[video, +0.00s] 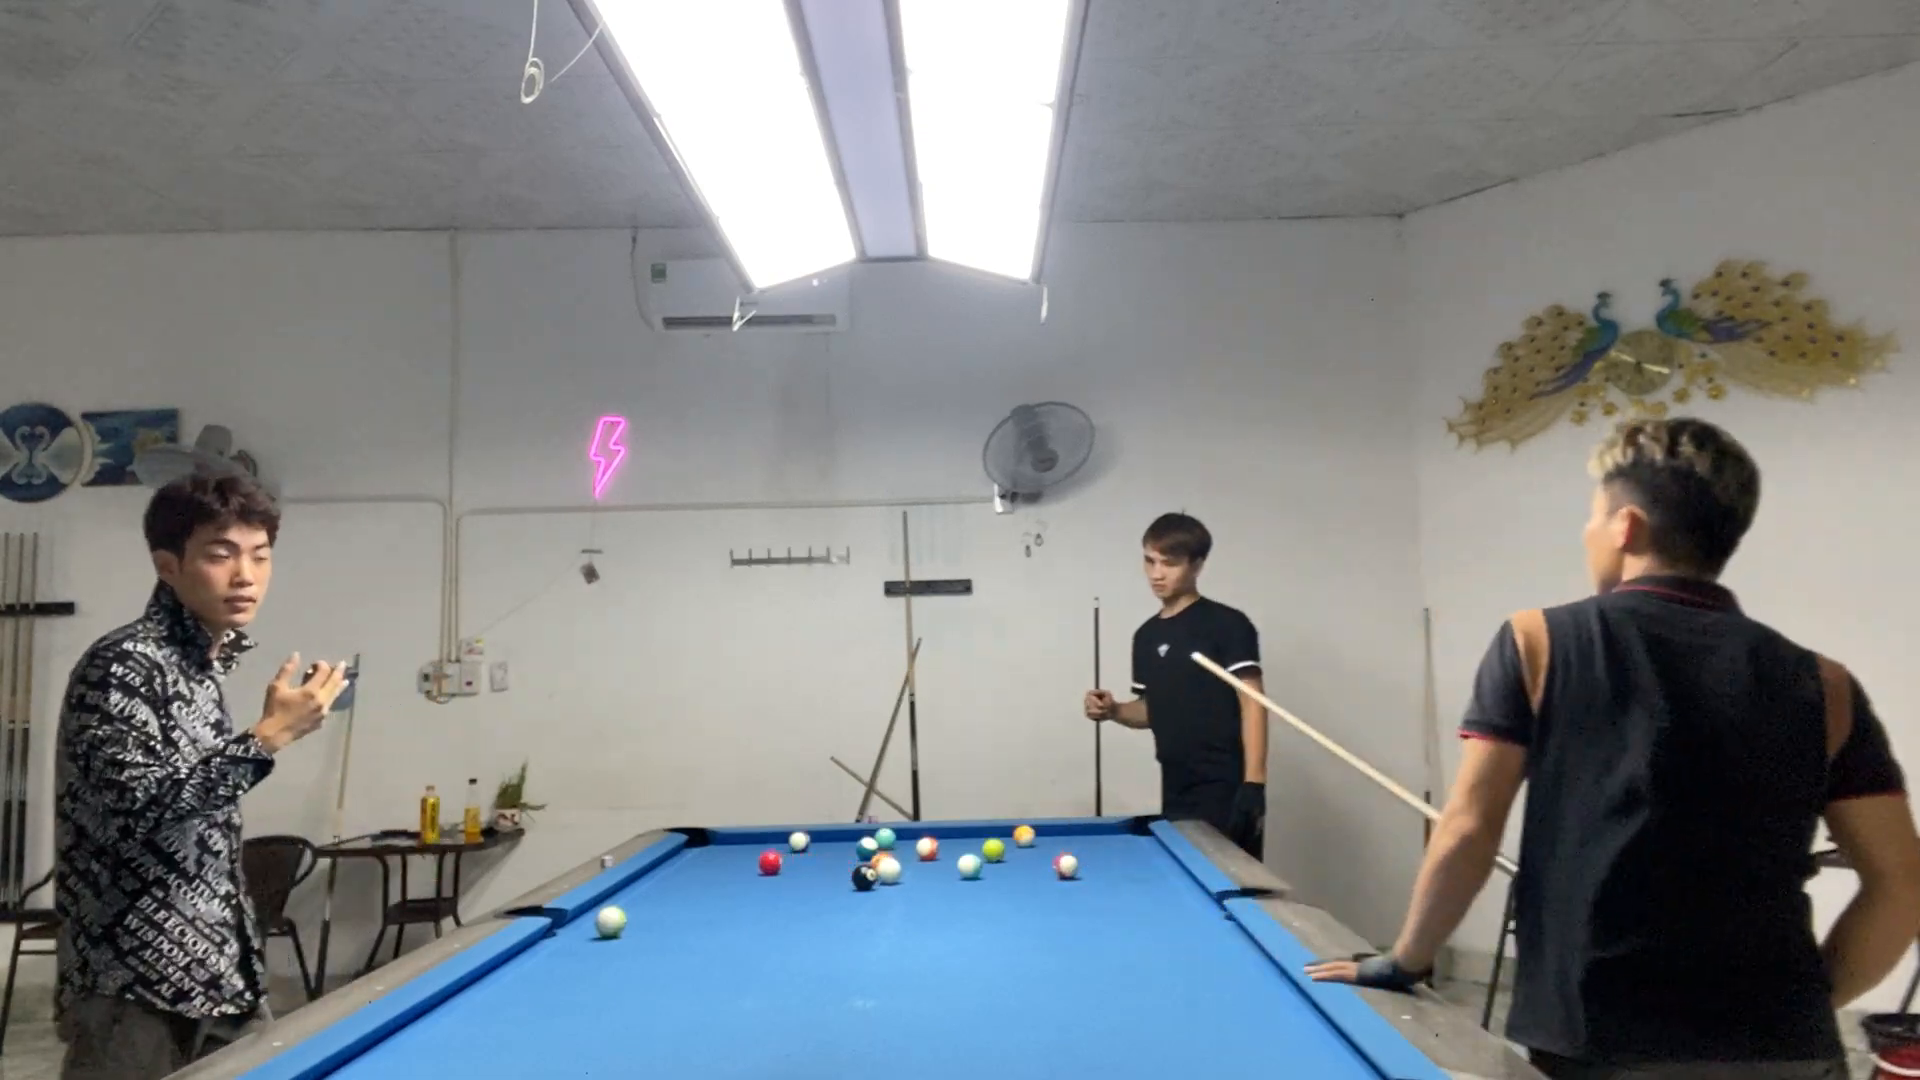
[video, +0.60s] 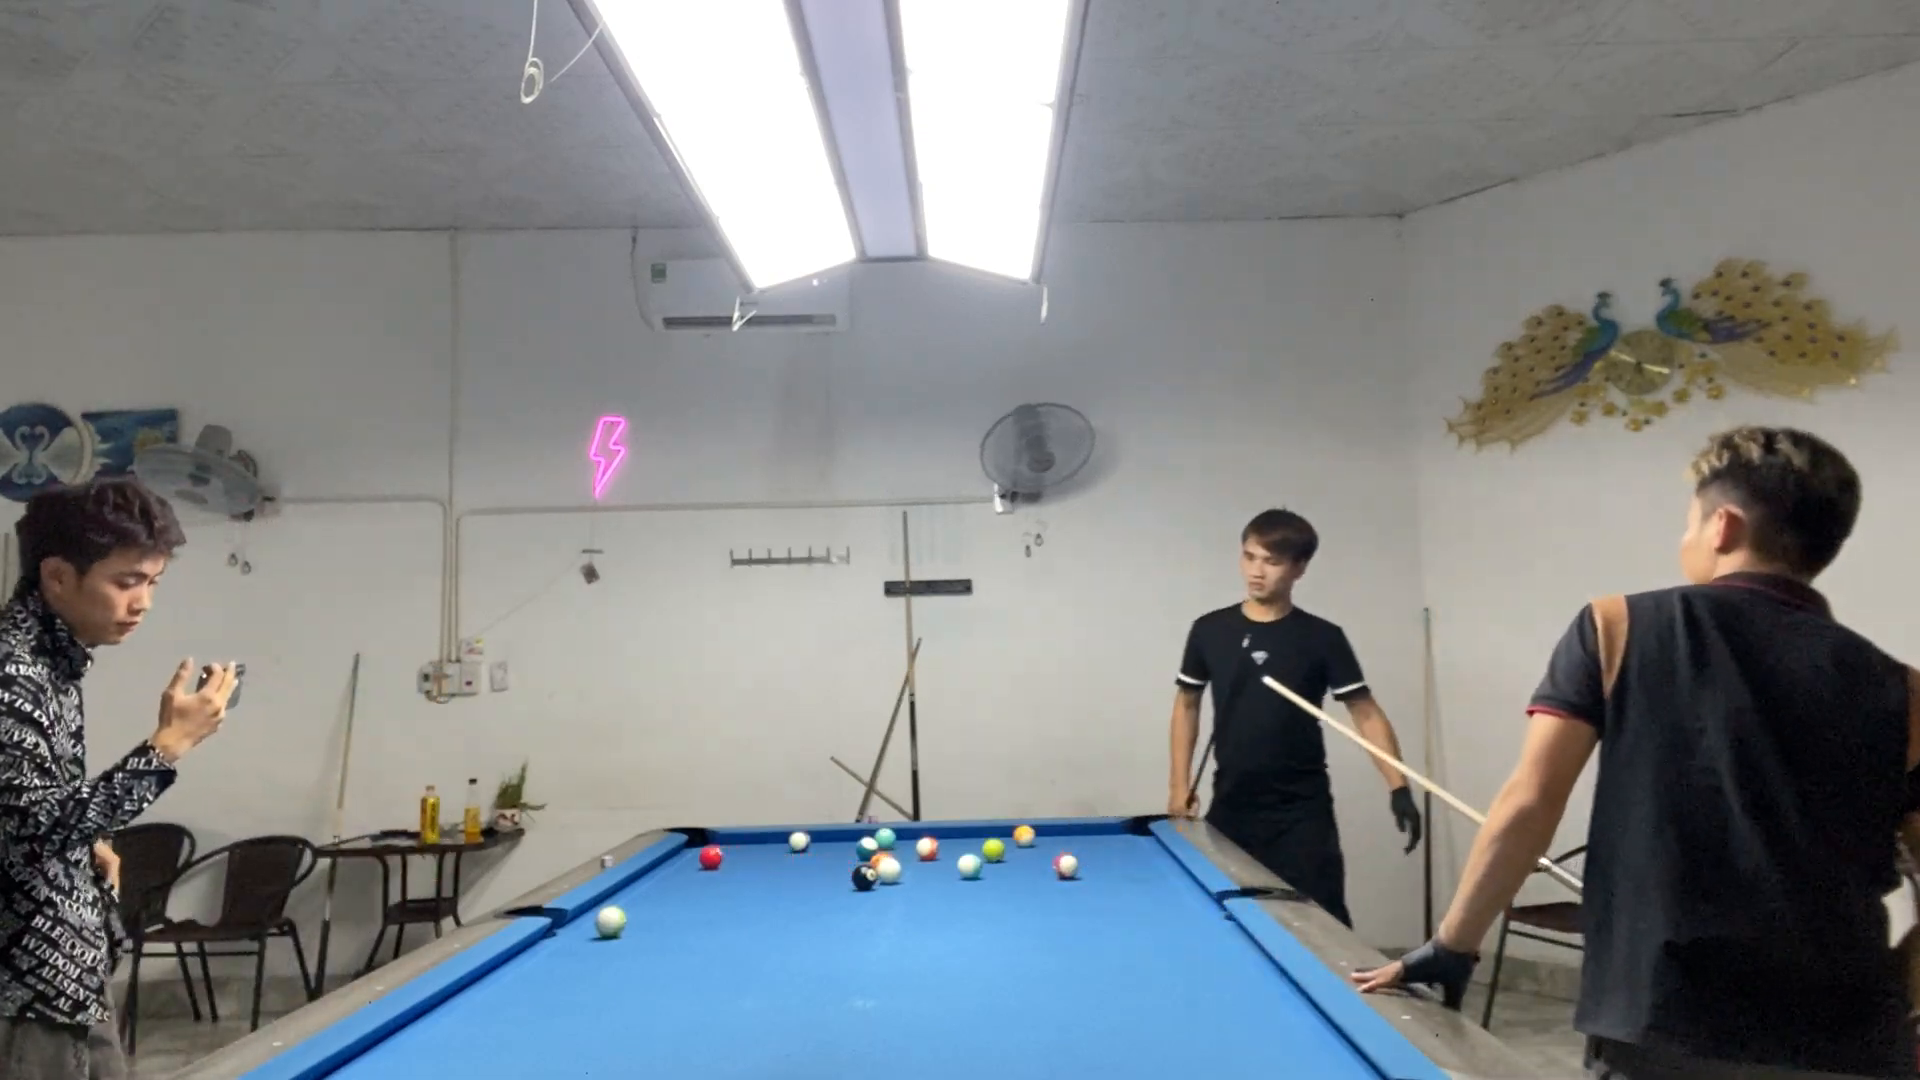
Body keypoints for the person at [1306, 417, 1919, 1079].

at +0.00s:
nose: (1586, 535)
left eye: (1593, 514)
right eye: (1591, 513)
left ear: (1628, 528)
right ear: (1721, 540)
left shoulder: (1539, 644)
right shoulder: (1821, 686)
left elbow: (1469, 830)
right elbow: (1897, 892)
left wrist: (1405, 960)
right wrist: (1797, 1001)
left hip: (1594, 1042)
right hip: (1775, 1047)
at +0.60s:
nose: (1684, 544)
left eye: (1691, 521)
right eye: (1688, 521)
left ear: (1725, 527)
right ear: (1819, 554)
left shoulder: (1618, 629)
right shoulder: (1900, 690)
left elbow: (1528, 808)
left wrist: (1447, 951)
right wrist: (1891, 990)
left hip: (1658, 1036)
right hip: (1847, 1042)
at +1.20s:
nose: (1710, 555)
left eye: (1718, 530)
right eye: (1716, 532)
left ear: (1748, 533)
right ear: (1849, 571)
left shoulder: (1630, 624)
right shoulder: (1900, 692)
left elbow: (1533, 796)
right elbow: (1905, 870)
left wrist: (1450, 933)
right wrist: (1891, 986)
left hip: (1654, 1026)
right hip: (1842, 1036)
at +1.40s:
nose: (1714, 558)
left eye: (1723, 534)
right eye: (1720, 536)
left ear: (1751, 536)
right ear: (1853, 573)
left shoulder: (1633, 626)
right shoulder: (1903, 694)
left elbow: (1533, 795)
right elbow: (1906, 878)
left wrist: (1447, 934)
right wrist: (1894, 983)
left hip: (1659, 1024)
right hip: (1849, 1035)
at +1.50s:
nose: (1718, 562)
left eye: (1726, 537)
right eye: (1724, 539)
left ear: (1756, 537)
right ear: (1856, 576)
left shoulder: (1636, 626)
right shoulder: (1904, 695)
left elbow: (1534, 795)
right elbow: (1902, 872)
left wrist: (1446, 934)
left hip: (1662, 1027)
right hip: (1850, 1038)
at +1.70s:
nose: (1724, 566)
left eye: (1733, 541)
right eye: (1731, 543)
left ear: (1764, 542)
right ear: (1864, 582)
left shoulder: (1641, 627)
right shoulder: (1906, 693)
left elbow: (1538, 795)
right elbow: (1903, 875)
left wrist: (1446, 933)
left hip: (1669, 1029)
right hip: (1855, 1040)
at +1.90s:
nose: (1733, 565)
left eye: (1742, 540)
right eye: (1740, 541)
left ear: (1774, 542)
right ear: (1869, 583)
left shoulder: (1647, 626)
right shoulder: (1907, 691)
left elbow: (1542, 793)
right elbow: (1903, 874)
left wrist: (1447, 932)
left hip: (1674, 1027)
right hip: (1863, 1040)